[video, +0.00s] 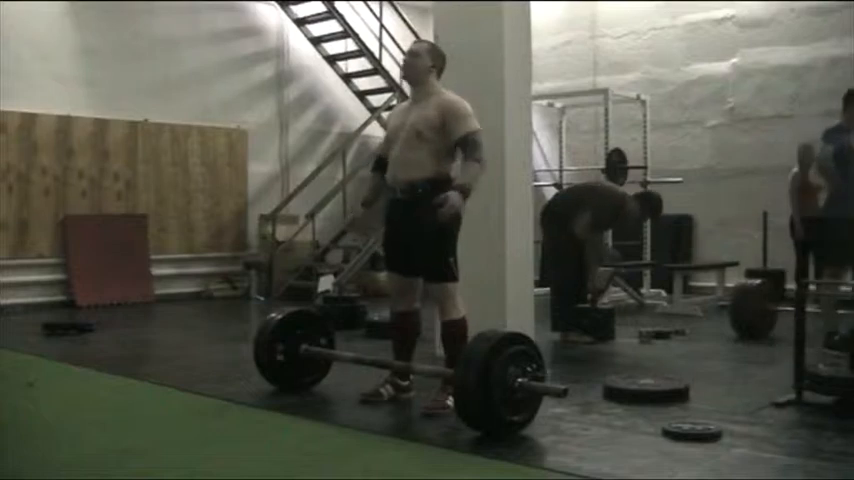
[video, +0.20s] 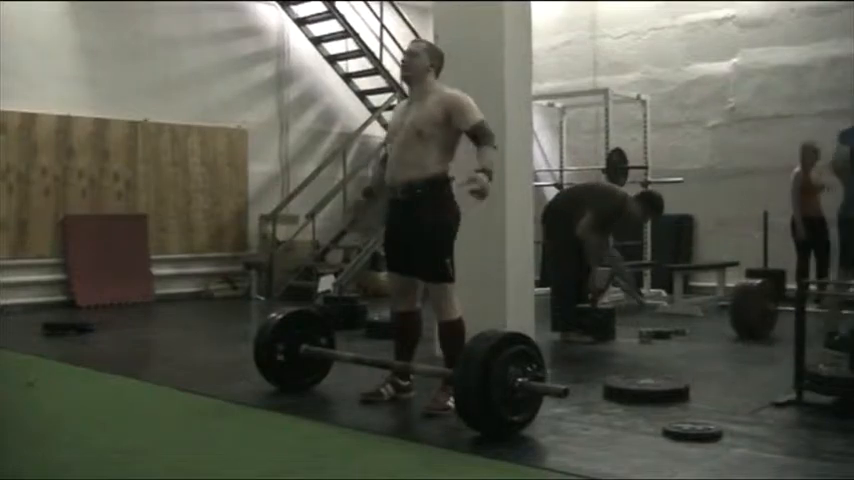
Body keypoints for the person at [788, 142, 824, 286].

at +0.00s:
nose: (810, 159)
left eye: (811, 156)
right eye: (806, 156)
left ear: (813, 157)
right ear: (800, 157)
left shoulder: (812, 174)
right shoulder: (797, 175)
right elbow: (794, 202)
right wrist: (797, 223)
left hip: (814, 217)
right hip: (801, 219)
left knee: (818, 256)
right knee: (802, 258)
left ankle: (819, 288)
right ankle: (801, 290)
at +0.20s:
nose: (812, 161)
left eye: (814, 158)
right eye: (809, 157)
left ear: (816, 159)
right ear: (803, 157)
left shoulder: (814, 175)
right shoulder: (798, 175)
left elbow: (813, 194)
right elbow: (795, 203)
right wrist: (799, 226)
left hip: (817, 219)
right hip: (803, 220)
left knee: (823, 255)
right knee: (803, 257)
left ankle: (821, 291)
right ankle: (802, 290)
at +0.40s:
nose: (813, 160)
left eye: (815, 157)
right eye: (810, 157)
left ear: (817, 158)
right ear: (803, 157)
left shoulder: (817, 174)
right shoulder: (798, 175)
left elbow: (819, 194)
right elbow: (795, 202)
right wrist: (800, 225)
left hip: (818, 219)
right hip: (804, 220)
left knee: (820, 257)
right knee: (804, 257)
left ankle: (821, 293)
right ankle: (802, 292)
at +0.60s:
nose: (816, 160)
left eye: (818, 156)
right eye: (813, 156)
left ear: (819, 158)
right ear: (807, 156)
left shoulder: (817, 175)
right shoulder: (801, 175)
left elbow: (818, 200)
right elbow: (798, 202)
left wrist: (824, 221)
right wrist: (802, 225)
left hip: (820, 219)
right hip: (806, 219)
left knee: (819, 258)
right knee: (805, 257)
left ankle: (820, 293)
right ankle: (802, 292)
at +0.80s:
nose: (818, 159)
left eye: (820, 156)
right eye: (816, 156)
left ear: (821, 158)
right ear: (809, 156)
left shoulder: (819, 175)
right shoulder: (803, 175)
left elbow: (820, 200)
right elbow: (800, 202)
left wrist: (826, 221)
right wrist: (804, 224)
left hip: (821, 220)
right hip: (807, 220)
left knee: (819, 259)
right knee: (806, 258)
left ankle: (820, 294)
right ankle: (803, 293)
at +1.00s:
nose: (818, 159)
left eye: (820, 156)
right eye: (815, 155)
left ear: (822, 157)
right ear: (809, 156)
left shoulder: (820, 175)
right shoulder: (803, 175)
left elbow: (821, 199)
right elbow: (800, 202)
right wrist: (804, 224)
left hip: (822, 220)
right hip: (808, 220)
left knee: (819, 259)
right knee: (806, 258)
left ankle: (820, 294)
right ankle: (802, 293)